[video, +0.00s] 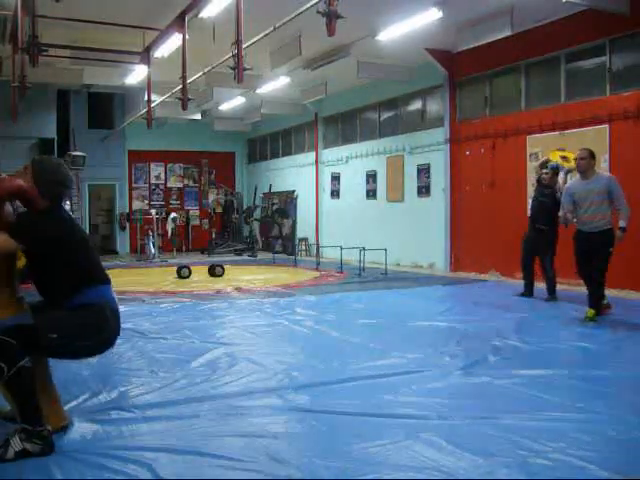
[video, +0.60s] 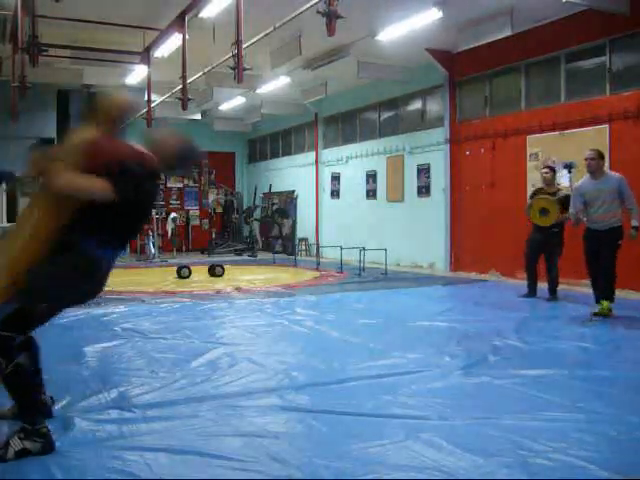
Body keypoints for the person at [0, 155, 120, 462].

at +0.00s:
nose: (17, 181)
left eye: (24, 177)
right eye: (21, 175)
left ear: (35, 189)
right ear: (54, 191)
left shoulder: (40, 223)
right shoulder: (52, 219)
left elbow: (3, 232)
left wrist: (6, 192)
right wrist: (7, 191)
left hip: (92, 323)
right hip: (94, 317)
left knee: (9, 340)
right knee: (14, 323)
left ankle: (34, 432)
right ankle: (39, 409)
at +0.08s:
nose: (11, 162)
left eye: (18, 160)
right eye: (16, 157)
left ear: (32, 176)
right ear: (41, 178)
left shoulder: (38, 211)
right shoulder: (47, 207)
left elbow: (3, 234)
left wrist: (4, 195)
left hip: (93, 306)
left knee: (12, 334)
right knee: (13, 322)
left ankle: (33, 431)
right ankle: (29, 408)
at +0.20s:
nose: (6, 153)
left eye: (13, 148)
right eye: (9, 146)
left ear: (30, 157)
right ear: (41, 157)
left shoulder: (39, 189)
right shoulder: (48, 186)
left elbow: (5, 226)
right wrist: (39, 276)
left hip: (94, 283)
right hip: (92, 279)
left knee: (16, 330)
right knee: (16, 325)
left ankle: (36, 430)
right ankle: (31, 407)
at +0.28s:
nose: (17, 126)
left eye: (23, 119)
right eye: (20, 119)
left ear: (40, 129)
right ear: (49, 130)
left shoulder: (52, 170)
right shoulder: (53, 167)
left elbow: (11, 216)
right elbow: (17, 213)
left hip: (96, 270)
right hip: (91, 267)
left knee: (22, 330)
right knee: (22, 325)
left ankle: (35, 431)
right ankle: (34, 405)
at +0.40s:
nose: (41, 111)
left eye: (49, 107)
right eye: (44, 105)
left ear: (65, 120)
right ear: (69, 124)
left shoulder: (66, 160)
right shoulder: (65, 157)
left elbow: (20, 208)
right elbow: (24, 202)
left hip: (98, 263)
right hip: (90, 261)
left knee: (23, 333)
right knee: (25, 325)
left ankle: (39, 432)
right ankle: (37, 401)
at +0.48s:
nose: (95, 108)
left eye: (104, 106)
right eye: (99, 104)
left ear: (116, 121)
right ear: (116, 124)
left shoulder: (98, 159)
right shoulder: (98, 156)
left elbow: (38, 196)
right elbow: (45, 186)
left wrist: (12, 192)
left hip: (95, 262)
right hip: (88, 259)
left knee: (19, 334)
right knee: (21, 327)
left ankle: (38, 432)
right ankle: (35, 405)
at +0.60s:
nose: (159, 133)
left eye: (168, 136)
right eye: (167, 133)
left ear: (170, 152)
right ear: (176, 161)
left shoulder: (138, 174)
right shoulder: (142, 176)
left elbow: (68, 181)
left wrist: (50, 166)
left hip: (79, 270)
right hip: (75, 266)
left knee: (10, 328)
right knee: (14, 323)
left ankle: (35, 429)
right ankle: (34, 398)